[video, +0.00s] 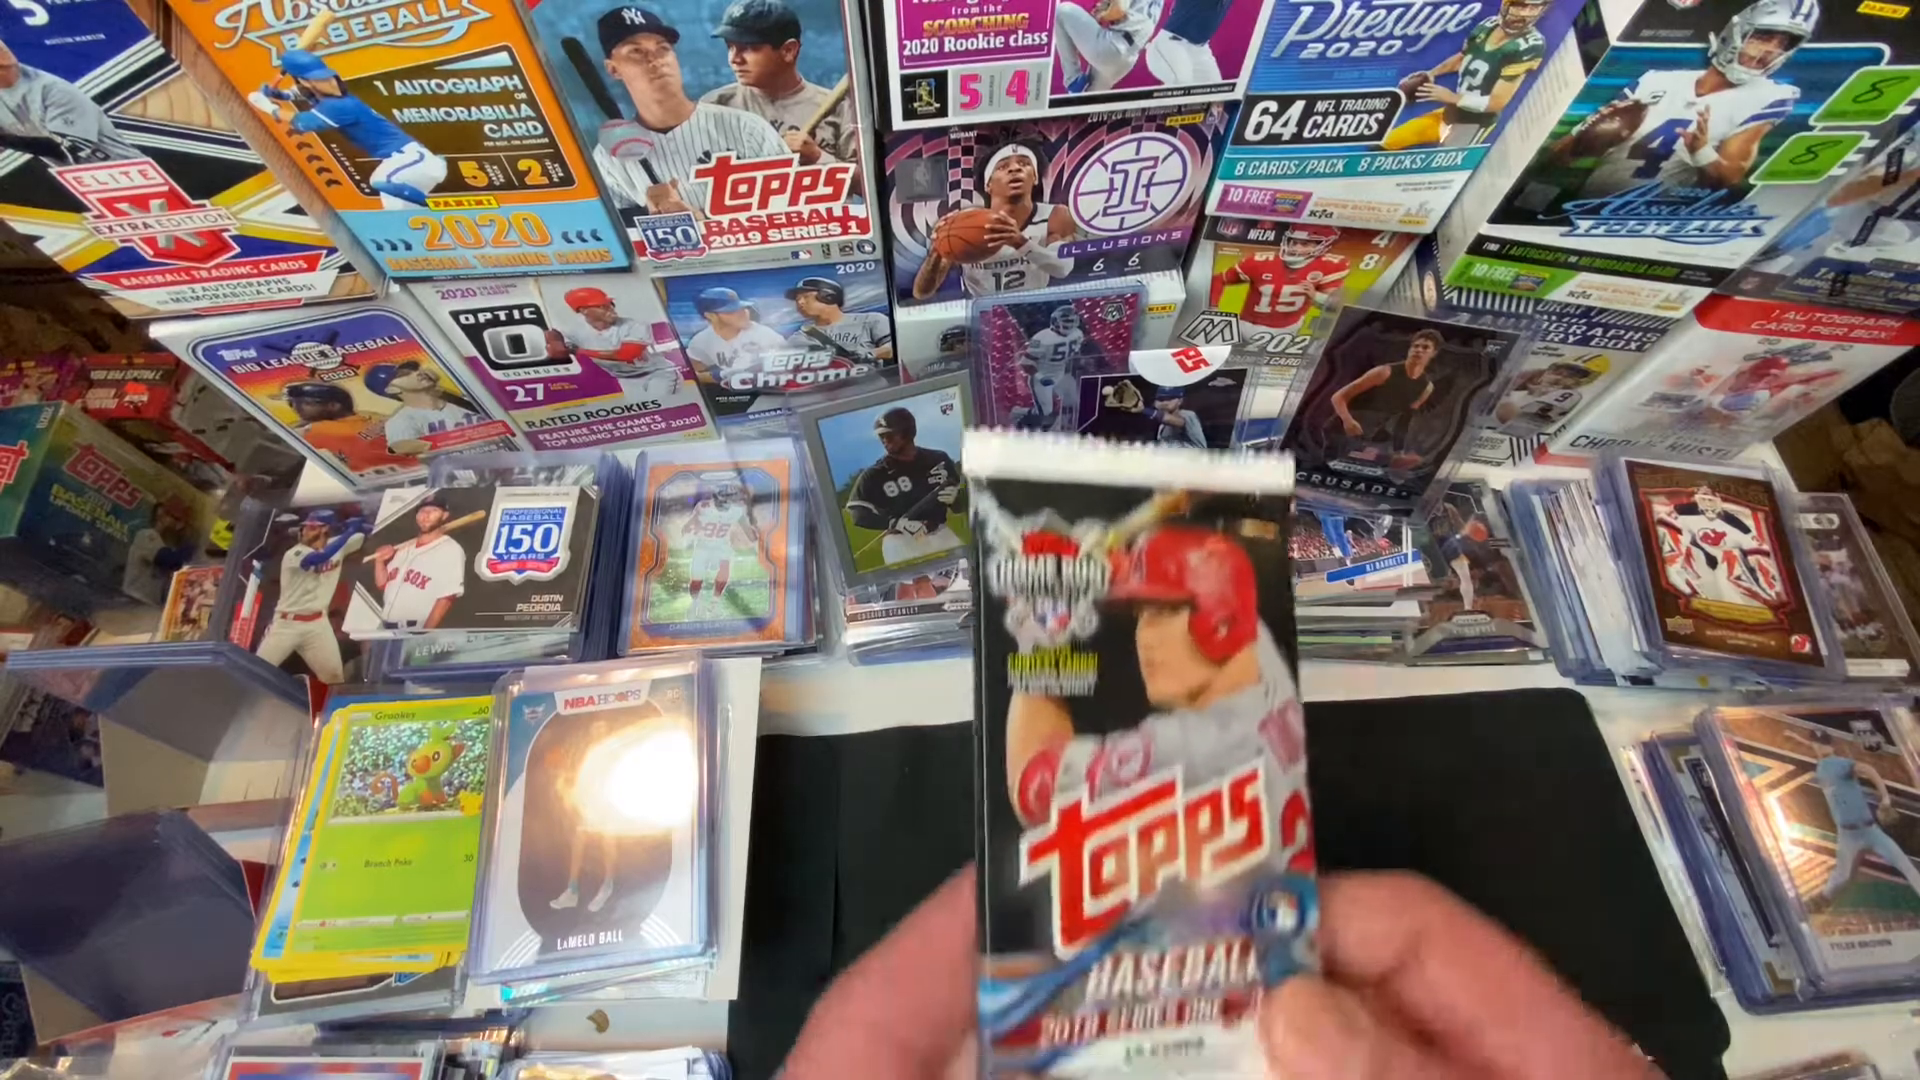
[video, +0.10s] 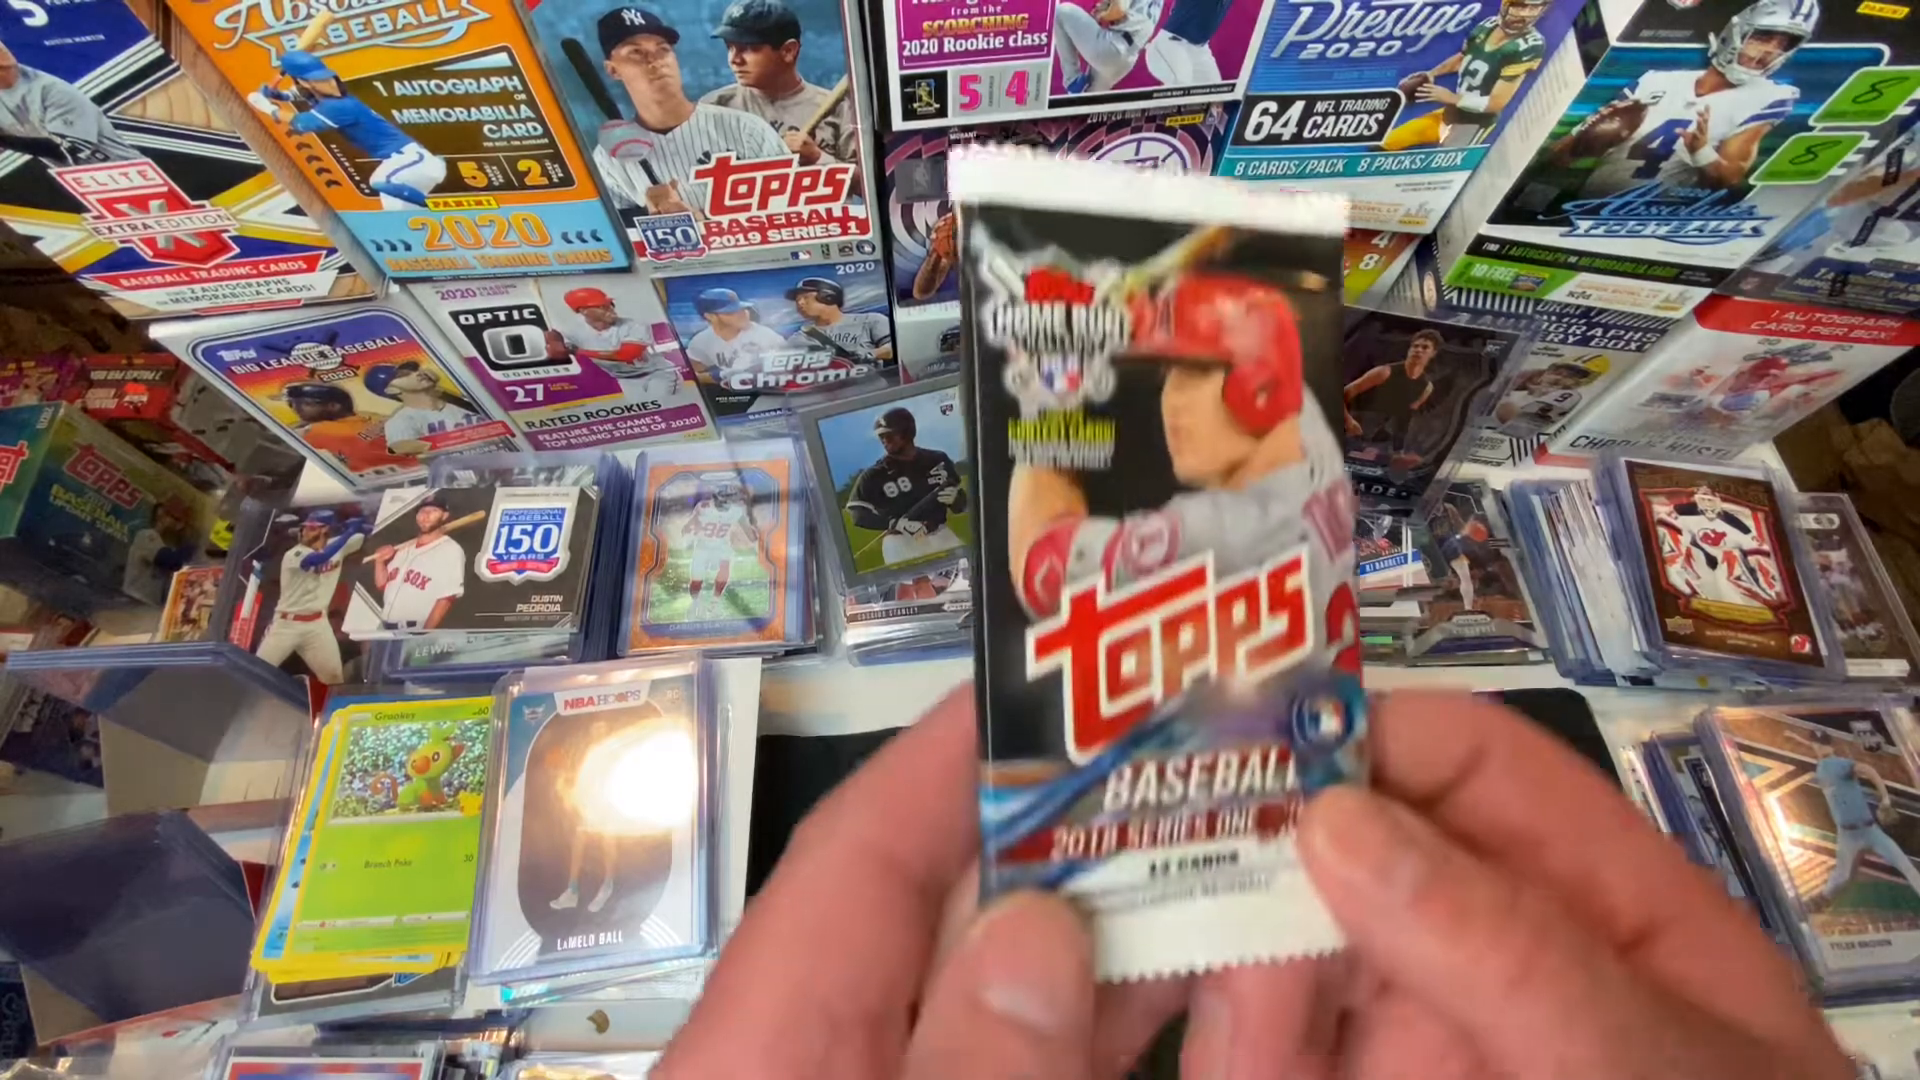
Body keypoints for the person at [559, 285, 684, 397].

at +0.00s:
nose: (612, 310)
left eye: (610, 305)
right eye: (604, 307)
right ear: (586, 313)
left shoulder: (634, 325)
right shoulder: (580, 336)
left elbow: (628, 354)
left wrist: (581, 352)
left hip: (658, 372)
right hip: (624, 378)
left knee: (655, 401)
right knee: (631, 404)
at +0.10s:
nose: (612, 310)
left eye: (611, 306)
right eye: (605, 308)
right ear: (587, 313)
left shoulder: (633, 326)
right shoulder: (580, 336)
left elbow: (627, 355)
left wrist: (581, 353)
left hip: (657, 372)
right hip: (624, 379)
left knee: (657, 396)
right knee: (630, 403)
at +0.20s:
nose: (612, 310)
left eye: (610, 306)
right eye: (605, 308)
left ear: (608, 307)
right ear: (590, 315)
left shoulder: (634, 325)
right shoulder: (585, 337)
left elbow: (628, 355)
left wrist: (581, 353)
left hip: (657, 372)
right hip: (625, 378)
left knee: (655, 400)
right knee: (631, 405)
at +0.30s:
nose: (612, 310)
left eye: (611, 306)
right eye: (605, 308)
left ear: (613, 305)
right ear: (587, 313)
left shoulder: (635, 326)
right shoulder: (582, 338)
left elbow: (628, 355)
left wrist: (581, 353)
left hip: (657, 373)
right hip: (624, 380)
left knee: (657, 397)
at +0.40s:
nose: (612, 310)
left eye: (610, 306)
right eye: (605, 308)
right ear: (587, 313)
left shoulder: (635, 326)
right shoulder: (581, 337)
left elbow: (626, 356)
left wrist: (580, 353)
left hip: (656, 372)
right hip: (623, 379)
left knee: (656, 395)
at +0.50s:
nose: (612, 310)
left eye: (611, 306)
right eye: (605, 308)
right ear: (587, 313)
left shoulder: (635, 326)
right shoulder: (582, 338)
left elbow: (627, 355)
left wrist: (581, 353)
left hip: (657, 372)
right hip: (624, 379)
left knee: (656, 399)